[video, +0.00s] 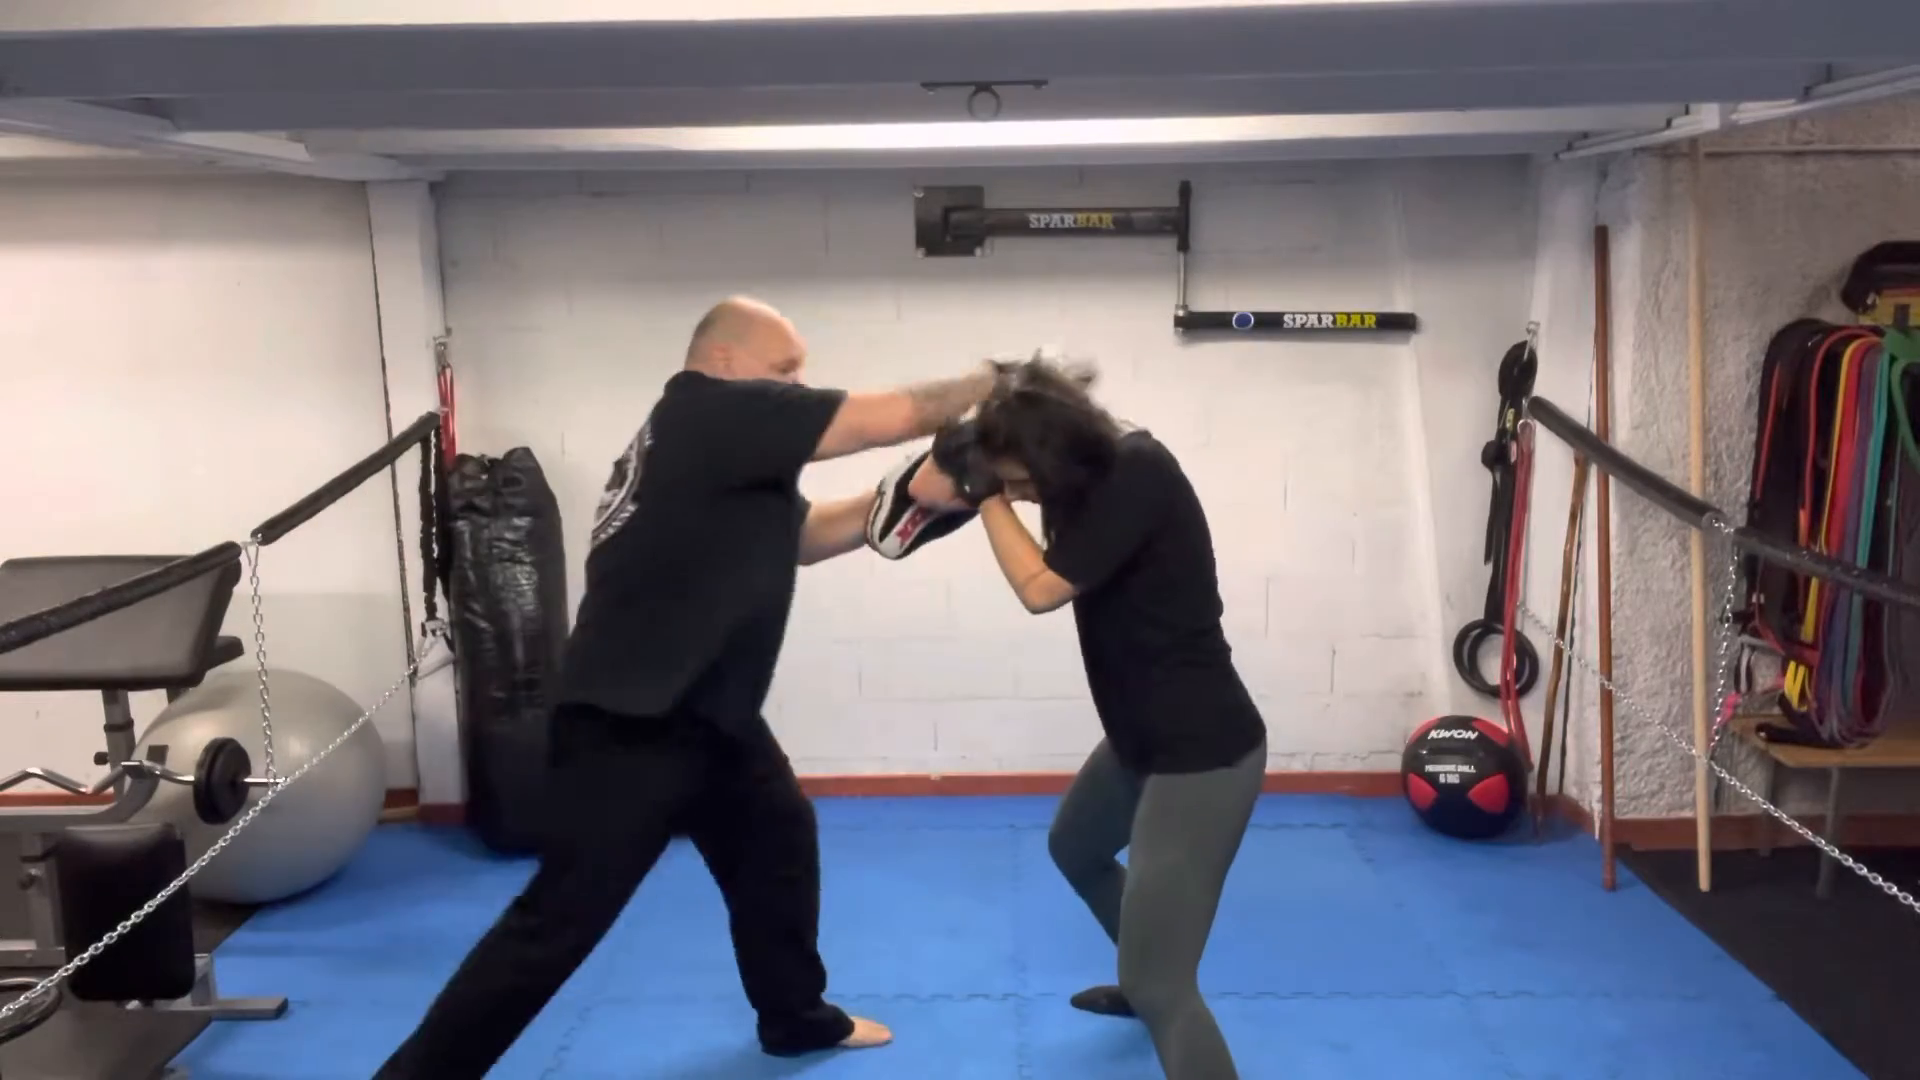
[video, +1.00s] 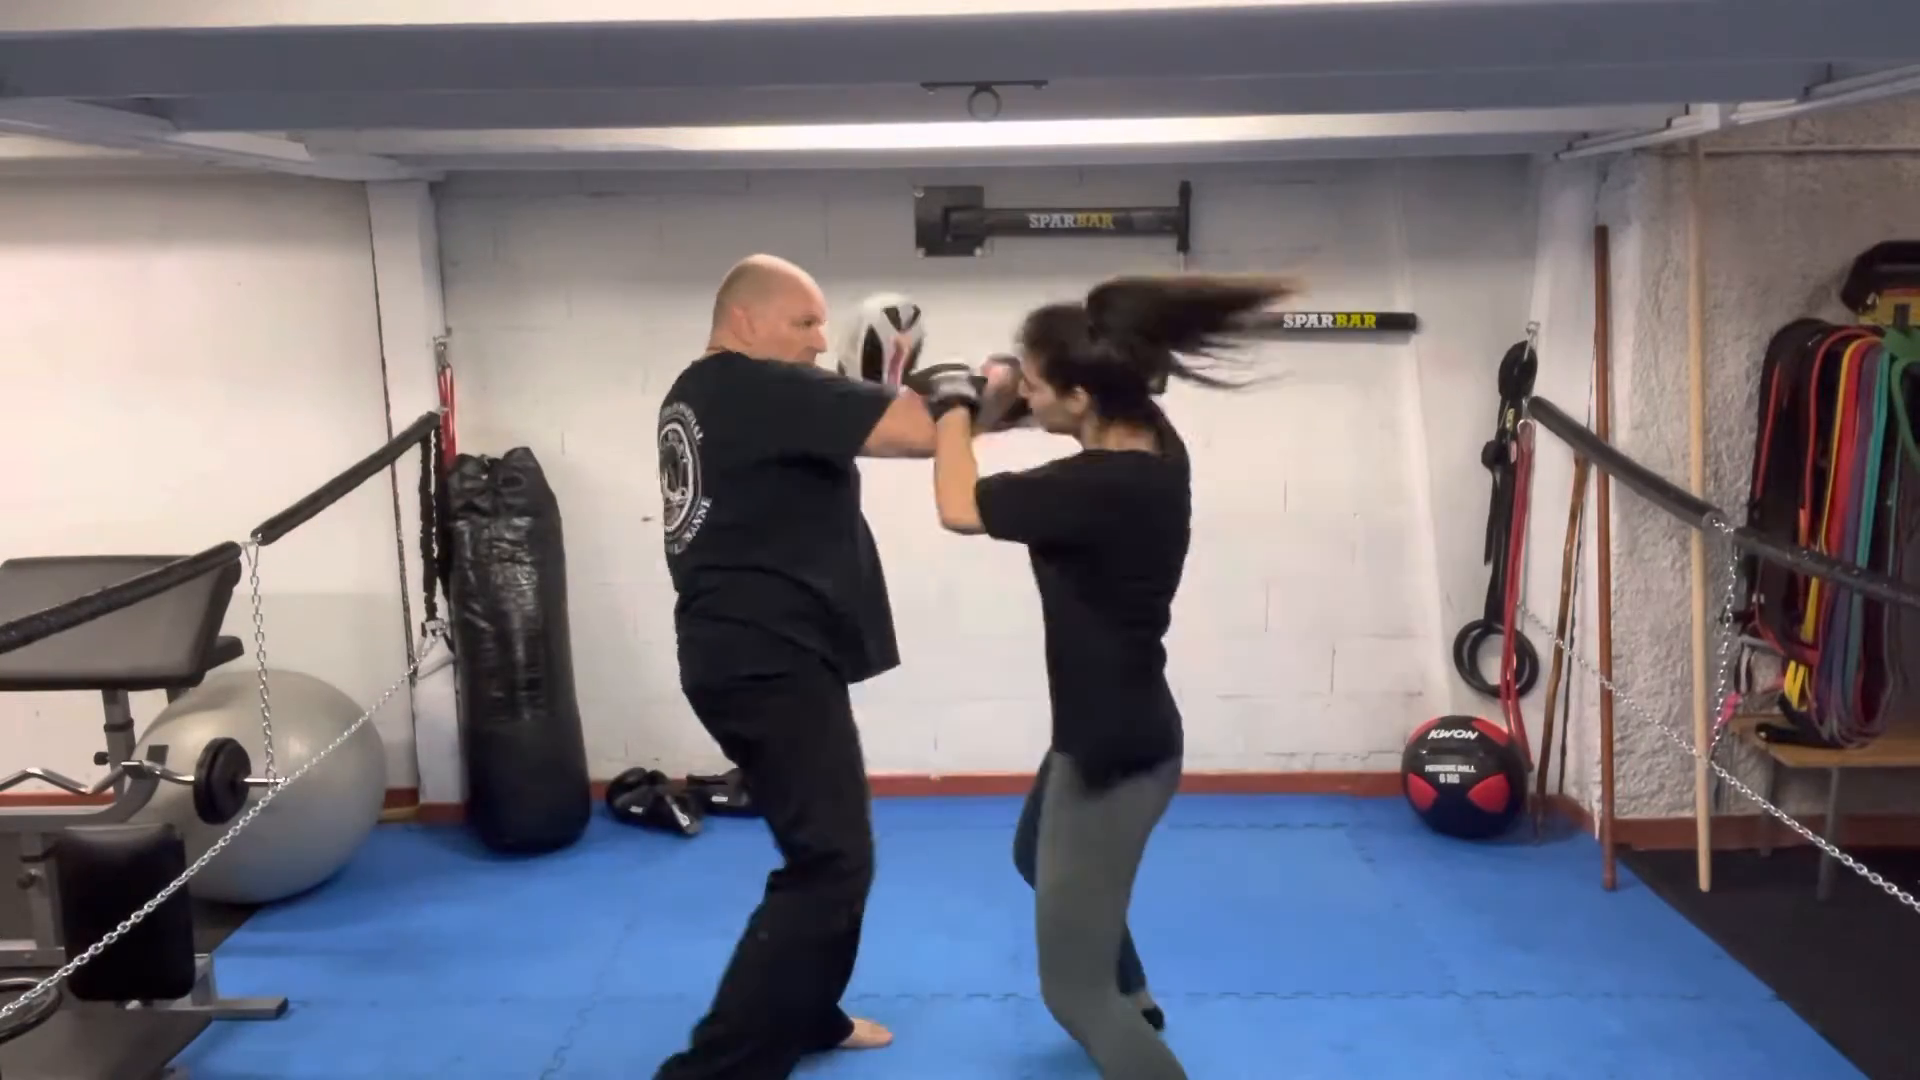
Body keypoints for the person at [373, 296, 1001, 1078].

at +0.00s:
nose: (797, 387)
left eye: (797, 373)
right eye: (784, 369)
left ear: (722, 364)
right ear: (726, 359)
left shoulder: (715, 450)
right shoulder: (707, 415)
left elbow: (804, 533)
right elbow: (904, 413)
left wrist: (909, 499)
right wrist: (997, 375)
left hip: (708, 718)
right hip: (628, 722)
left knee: (775, 842)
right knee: (560, 919)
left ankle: (795, 1019)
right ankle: (416, 1073)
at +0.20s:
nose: (823, 370)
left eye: (825, 354)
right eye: (814, 350)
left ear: (746, 337)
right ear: (758, 333)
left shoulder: (712, 399)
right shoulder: (745, 392)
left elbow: (794, 518)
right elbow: (898, 452)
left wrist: (898, 495)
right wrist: (979, 432)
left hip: (718, 664)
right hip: (715, 669)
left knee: (800, 847)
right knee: (807, 857)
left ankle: (798, 1021)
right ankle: (607, 982)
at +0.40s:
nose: (808, 367)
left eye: (811, 350)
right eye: (799, 347)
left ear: (735, 334)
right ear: (742, 329)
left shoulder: (700, 395)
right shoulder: (724, 397)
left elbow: (836, 487)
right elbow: (853, 494)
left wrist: (941, 487)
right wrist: (965, 471)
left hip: (774, 645)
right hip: (801, 641)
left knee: (830, 822)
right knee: (980, 698)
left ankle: (802, 1020)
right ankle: (861, 881)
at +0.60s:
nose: (814, 367)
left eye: (816, 350)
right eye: (802, 348)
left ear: (742, 341)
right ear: (742, 336)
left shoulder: (730, 410)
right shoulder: (724, 417)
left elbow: (852, 505)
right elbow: (848, 519)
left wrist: (977, 487)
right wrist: (981, 476)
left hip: (829, 646)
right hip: (820, 652)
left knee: (848, 821)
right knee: (976, 740)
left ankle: (802, 1016)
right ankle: (928, 937)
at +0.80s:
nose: (817, 349)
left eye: (820, 332)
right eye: (805, 330)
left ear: (746, 328)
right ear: (746, 322)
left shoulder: (729, 396)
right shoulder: (730, 391)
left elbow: (852, 495)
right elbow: (855, 483)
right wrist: (977, 416)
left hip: (787, 646)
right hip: (809, 642)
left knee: (831, 830)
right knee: (944, 792)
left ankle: (800, 1019)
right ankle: (867, 1045)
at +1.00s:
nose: (819, 341)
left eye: (819, 326)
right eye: (806, 325)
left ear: (740, 329)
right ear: (744, 322)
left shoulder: (701, 391)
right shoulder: (755, 388)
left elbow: (821, 441)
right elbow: (922, 427)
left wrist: (878, 391)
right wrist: (995, 394)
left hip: (745, 654)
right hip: (771, 658)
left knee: (830, 848)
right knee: (833, 862)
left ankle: (805, 1017)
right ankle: (721, 1063)